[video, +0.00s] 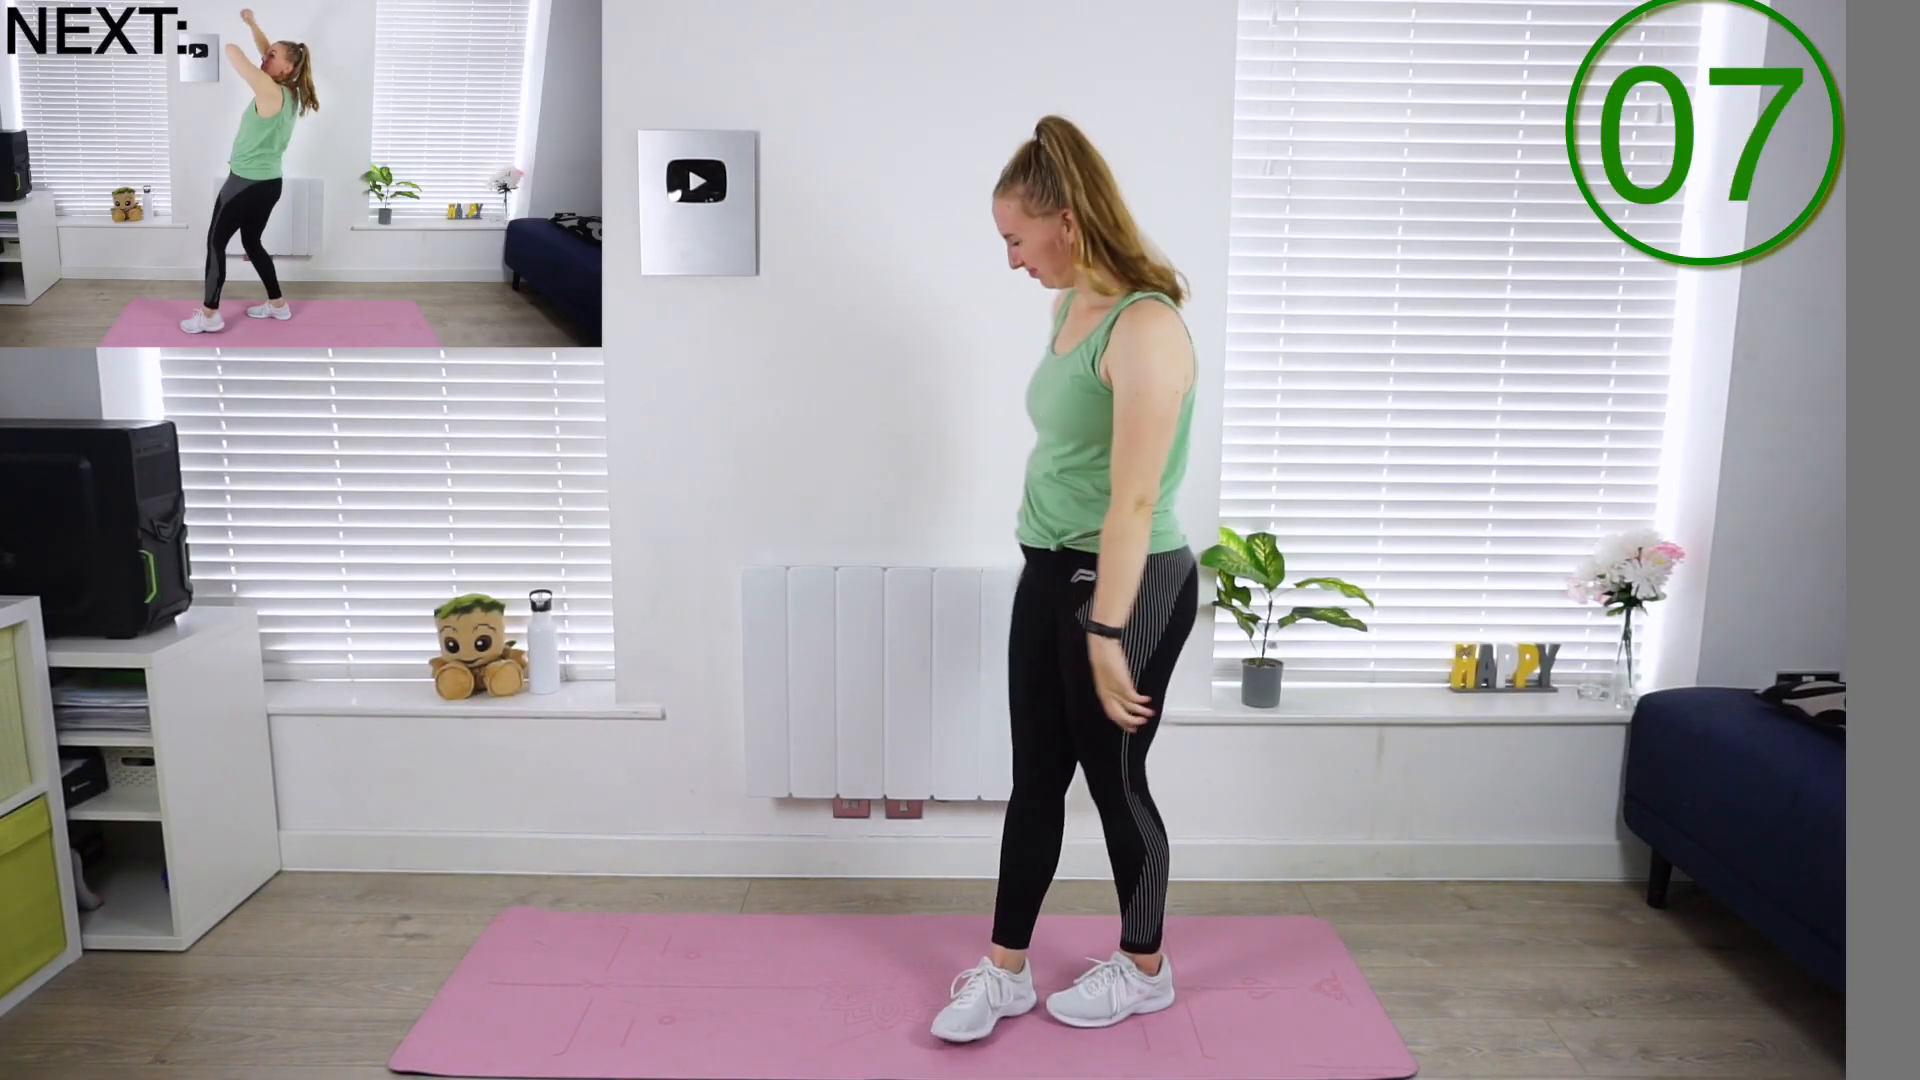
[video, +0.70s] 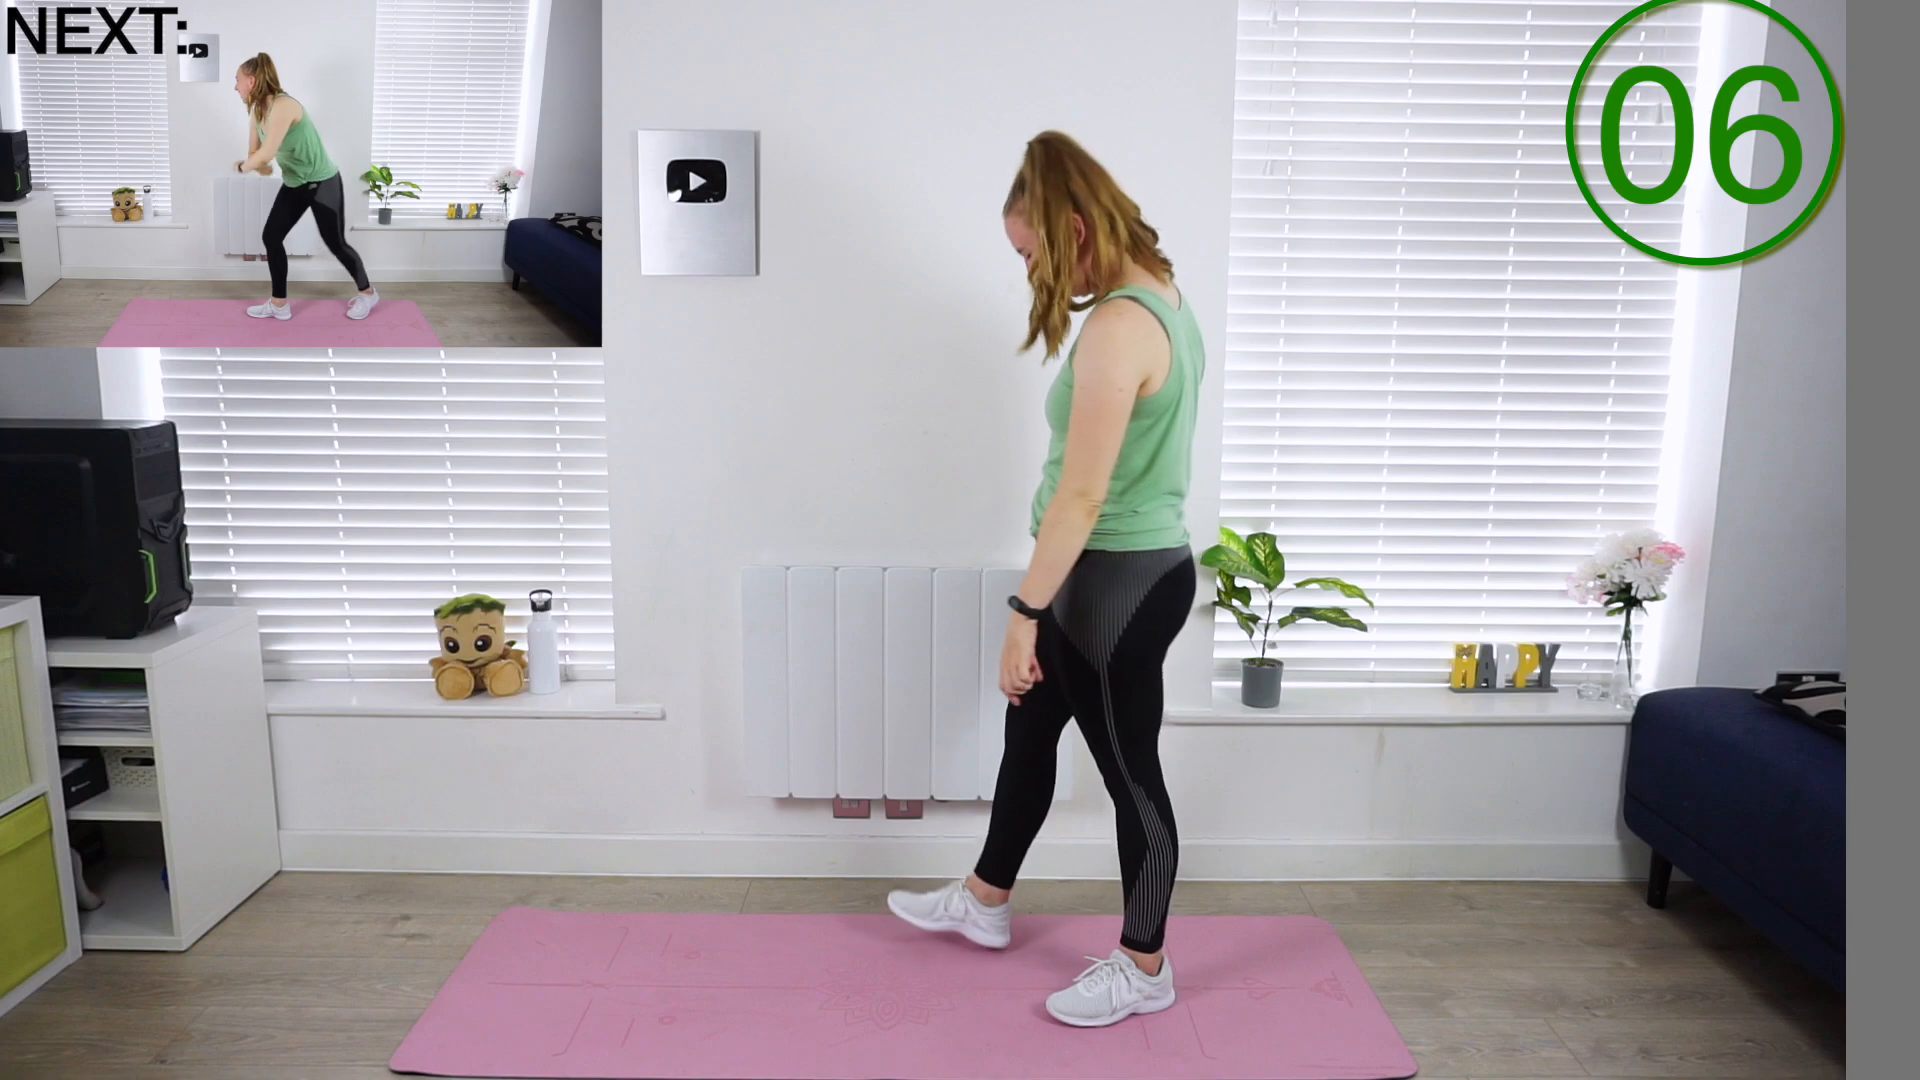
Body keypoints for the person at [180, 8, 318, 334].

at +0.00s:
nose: (266, 59)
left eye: (272, 56)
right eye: (268, 55)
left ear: (287, 69)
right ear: (287, 70)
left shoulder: (268, 89)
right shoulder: (289, 92)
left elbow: (230, 49)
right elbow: (267, 51)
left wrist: (255, 66)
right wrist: (252, 23)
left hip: (246, 182)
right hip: (268, 182)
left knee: (216, 242)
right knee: (252, 242)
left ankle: (209, 313)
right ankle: (277, 303)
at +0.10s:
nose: (265, 60)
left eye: (272, 57)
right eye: (267, 55)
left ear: (289, 69)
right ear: (288, 71)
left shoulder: (272, 94)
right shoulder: (292, 94)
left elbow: (231, 61)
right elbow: (265, 61)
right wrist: (239, 41)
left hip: (249, 183)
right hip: (271, 184)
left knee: (219, 243)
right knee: (252, 242)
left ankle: (209, 314)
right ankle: (277, 303)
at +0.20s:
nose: (262, 66)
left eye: (269, 61)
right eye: (263, 61)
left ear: (288, 68)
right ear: (286, 69)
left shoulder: (279, 97)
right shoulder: (286, 94)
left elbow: (231, 80)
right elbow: (251, 83)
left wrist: (239, 73)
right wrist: (228, 81)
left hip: (266, 186)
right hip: (272, 183)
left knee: (226, 241)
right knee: (254, 240)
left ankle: (211, 316)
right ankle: (277, 304)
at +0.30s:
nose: (253, 73)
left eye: (258, 67)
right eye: (254, 67)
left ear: (278, 71)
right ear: (276, 72)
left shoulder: (281, 103)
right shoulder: (282, 98)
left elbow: (229, 111)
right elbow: (247, 109)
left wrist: (219, 110)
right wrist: (239, 117)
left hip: (281, 190)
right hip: (278, 186)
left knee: (232, 242)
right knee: (259, 241)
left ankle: (247, 314)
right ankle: (278, 305)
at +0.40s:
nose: (245, 79)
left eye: (248, 73)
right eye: (245, 73)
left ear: (265, 76)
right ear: (266, 76)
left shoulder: (279, 105)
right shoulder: (273, 102)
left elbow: (239, 137)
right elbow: (248, 126)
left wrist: (234, 148)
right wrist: (238, 129)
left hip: (295, 189)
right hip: (281, 186)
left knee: (256, 249)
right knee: (262, 244)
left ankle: (303, 300)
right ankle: (277, 304)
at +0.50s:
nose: (238, 81)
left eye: (241, 75)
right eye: (238, 75)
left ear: (257, 77)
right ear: (256, 77)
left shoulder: (280, 103)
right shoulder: (261, 107)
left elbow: (253, 149)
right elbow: (243, 143)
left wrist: (251, 151)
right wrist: (229, 153)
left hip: (305, 186)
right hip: (283, 185)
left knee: (289, 252)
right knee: (269, 239)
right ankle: (279, 303)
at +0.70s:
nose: (235, 87)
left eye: (238, 80)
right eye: (236, 80)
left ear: (253, 81)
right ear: (253, 80)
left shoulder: (283, 106)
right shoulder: (257, 111)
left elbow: (267, 153)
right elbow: (253, 150)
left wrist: (247, 164)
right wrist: (262, 166)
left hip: (323, 181)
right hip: (295, 184)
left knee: (335, 242)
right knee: (271, 236)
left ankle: (367, 292)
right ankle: (279, 303)